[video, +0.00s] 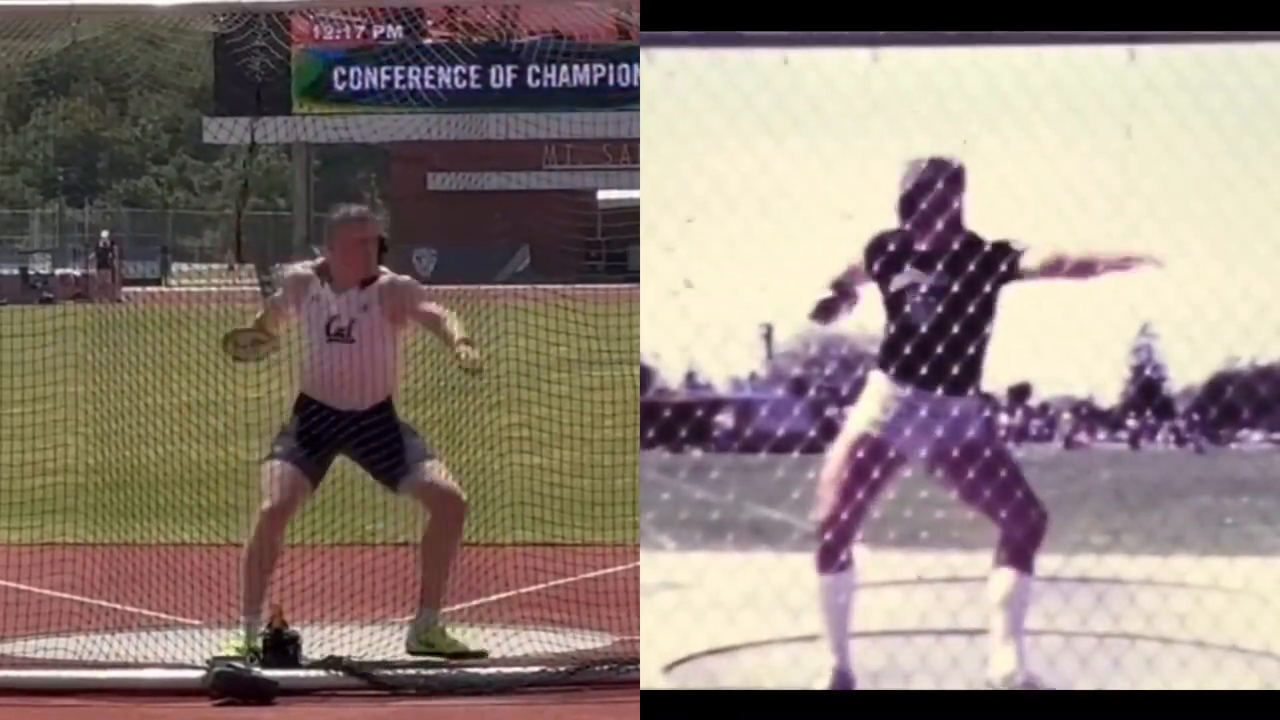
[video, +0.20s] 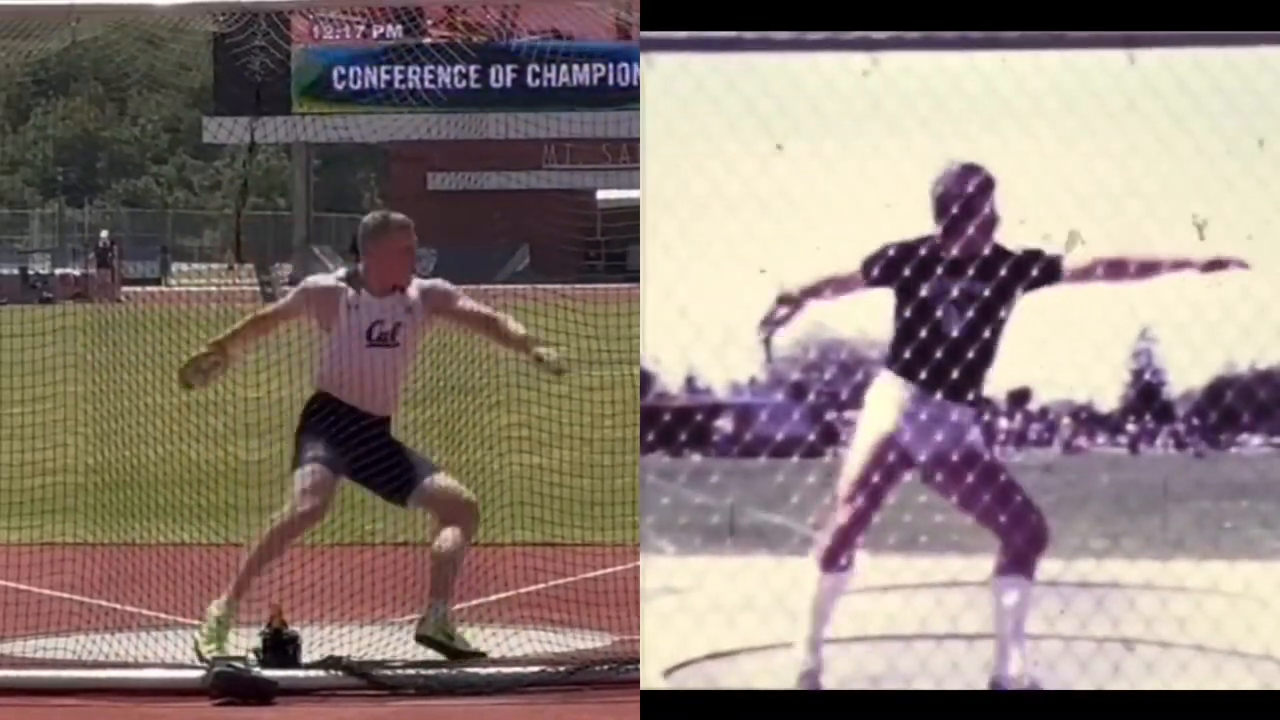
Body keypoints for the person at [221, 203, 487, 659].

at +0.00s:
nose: (367, 254)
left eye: (373, 244)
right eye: (356, 244)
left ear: (379, 246)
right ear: (329, 248)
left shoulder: (392, 288)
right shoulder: (302, 282)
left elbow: (436, 316)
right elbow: (273, 315)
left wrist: (458, 343)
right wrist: (259, 337)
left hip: (377, 422)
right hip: (313, 421)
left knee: (450, 504)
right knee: (274, 510)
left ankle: (426, 627)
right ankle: (248, 633)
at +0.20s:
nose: (413, 262)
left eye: (413, 251)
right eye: (403, 252)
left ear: (409, 255)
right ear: (369, 256)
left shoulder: (426, 297)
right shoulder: (327, 294)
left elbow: (490, 321)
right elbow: (265, 320)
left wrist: (533, 347)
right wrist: (216, 352)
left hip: (376, 436)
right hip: (328, 423)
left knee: (461, 508)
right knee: (309, 509)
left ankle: (436, 621)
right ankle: (224, 612)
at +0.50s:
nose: (443, 279)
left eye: (443, 269)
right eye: (436, 268)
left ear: (427, 273)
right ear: (404, 270)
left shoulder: (440, 311)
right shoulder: (353, 306)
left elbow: (504, 334)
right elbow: (279, 338)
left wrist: (571, 360)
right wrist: (213, 370)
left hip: (377, 450)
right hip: (345, 433)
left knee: (448, 526)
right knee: (365, 513)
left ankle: (439, 624)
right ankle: (250, 571)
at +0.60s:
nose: (454, 282)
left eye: (454, 272)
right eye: (448, 272)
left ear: (433, 277)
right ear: (420, 274)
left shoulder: (444, 319)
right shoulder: (366, 311)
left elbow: (504, 346)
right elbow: (292, 345)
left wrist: (571, 371)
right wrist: (225, 378)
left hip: (376, 446)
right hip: (351, 432)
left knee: (439, 537)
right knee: (387, 510)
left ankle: (438, 628)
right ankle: (310, 580)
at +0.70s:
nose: (461, 283)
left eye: (461, 275)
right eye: (458, 274)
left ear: (426, 272)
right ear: (439, 276)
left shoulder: (440, 323)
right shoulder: (380, 315)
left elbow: (487, 353)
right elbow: (307, 349)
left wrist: (549, 381)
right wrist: (247, 386)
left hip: (375, 444)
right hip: (352, 431)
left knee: (430, 537)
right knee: (402, 500)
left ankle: (436, 630)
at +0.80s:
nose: (459, 288)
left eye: (459, 279)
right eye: (456, 278)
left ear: (426, 277)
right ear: (433, 278)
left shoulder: (431, 326)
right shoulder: (389, 313)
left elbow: (460, 359)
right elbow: (329, 350)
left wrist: (506, 388)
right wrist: (278, 387)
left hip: (333, 447)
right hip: (353, 426)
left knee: (411, 536)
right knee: (427, 501)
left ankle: (435, 628)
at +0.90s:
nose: (453, 284)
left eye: (453, 274)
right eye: (451, 273)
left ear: (414, 267)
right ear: (437, 272)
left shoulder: (394, 305)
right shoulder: (400, 313)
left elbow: (416, 359)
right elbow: (355, 346)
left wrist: (449, 387)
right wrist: (317, 385)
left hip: (326, 433)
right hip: (359, 420)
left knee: (403, 532)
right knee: (456, 492)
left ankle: (432, 629)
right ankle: (509, 601)